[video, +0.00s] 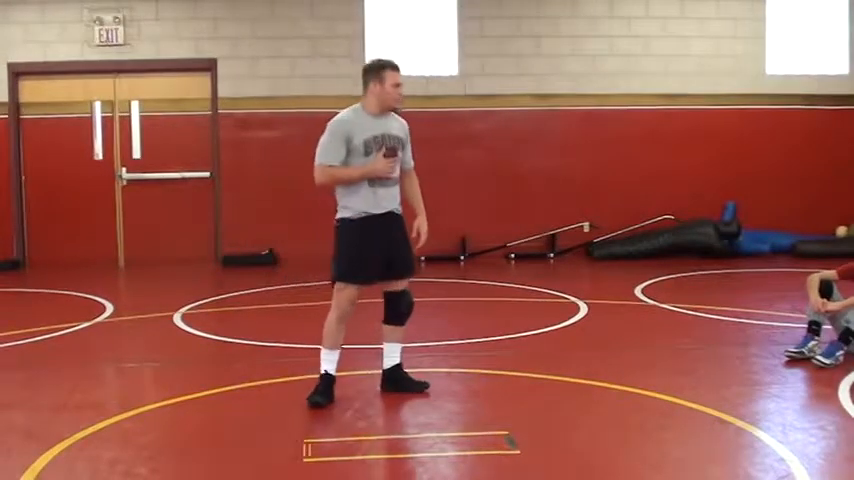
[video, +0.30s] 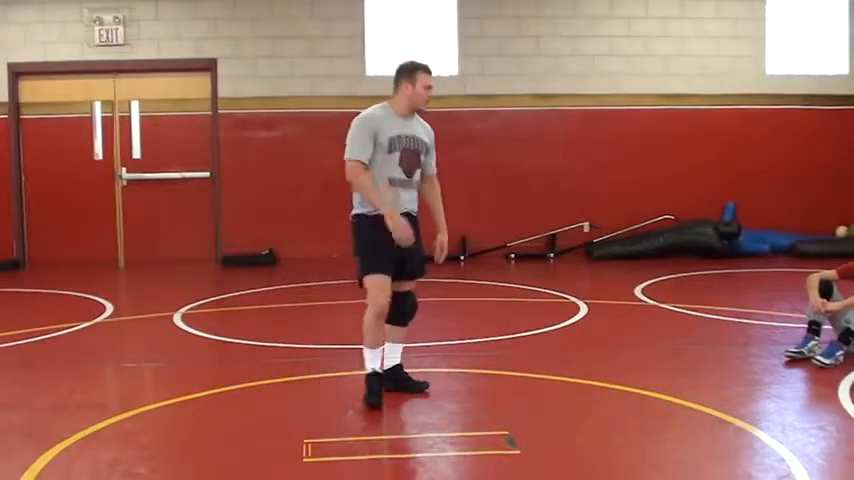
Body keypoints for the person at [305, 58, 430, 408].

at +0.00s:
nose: (401, 92)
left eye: (401, 86)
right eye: (396, 86)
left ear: (388, 88)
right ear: (374, 87)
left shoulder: (399, 125)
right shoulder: (342, 124)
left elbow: (408, 173)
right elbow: (322, 175)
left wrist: (420, 214)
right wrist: (369, 170)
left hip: (391, 222)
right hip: (353, 224)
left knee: (398, 298)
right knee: (344, 302)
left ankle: (392, 372)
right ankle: (326, 379)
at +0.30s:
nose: (430, 94)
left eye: (431, 88)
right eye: (426, 88)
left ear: (416, 89)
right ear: (405, 86)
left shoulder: (424, 130)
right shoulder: (369, 121)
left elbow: (429, 180)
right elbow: (353, 171)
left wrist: (441, 227)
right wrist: (390, 215)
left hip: (407, 220)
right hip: (372, 219)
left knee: (403, 299)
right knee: (380, 300)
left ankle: (392, 368)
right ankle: (373, 375)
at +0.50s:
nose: (445, 99)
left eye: (447, 93)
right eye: (441, 92)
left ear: (433, 93)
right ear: (420, 88)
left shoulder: (437, 132)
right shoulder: (383, 122)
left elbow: (440, 183)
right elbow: (356, 170)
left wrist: (454, 228)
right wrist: (346, 222)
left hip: (418, 221)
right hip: (385, 221)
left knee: (408, 294)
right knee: (413, 292)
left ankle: (392, 370)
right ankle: (433, 368)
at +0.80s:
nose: (467, 99)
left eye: (468, 93)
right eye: (462, 93)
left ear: (457, 94)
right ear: (440, 91)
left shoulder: (459, 131)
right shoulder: (410, 129)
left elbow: (462, 179)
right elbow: (390, 182)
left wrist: (469, 219)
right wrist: (390, 237)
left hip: (445, 227)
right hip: (417, 229)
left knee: (426, 302)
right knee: (450, 305)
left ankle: (395, 370)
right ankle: (470, 381)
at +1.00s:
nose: (485, 93)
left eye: (486, 87)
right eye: (479, 87)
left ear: (474, 89)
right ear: (457, 87)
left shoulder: (477, 124)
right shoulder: (432, 129)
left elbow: (482, 173)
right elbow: (423, 185)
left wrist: (495, 218)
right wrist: (439, 240)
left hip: (470, 225)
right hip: (444, 227)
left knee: (470, 307)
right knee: (460, 307)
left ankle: (414, 353)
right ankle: (473, 382)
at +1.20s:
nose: (502, 92)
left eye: (503, 86)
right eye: (496, 86)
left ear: (486, 87)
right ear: (474, 86)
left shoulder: (489, 121)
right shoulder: (449, 126)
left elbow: (495, 172)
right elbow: (445, 184)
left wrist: (522, 214)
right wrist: (480, 226)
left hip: (487, 223)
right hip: (457, 227)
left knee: (509, 305)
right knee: (471, 305)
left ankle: (462, 355)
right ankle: (475, 381)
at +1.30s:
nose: (510, 92)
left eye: (511, 86)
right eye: (504, 85)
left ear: (493, 87)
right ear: (483, 85)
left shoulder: (495, 120)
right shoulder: (456, 125)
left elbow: (502, 173)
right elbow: (450, 183)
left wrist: (526, 212)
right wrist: (492, 217)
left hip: (496, 225)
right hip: (465, 228)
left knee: (519, 304)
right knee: (477, 305)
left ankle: (498, 372)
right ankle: (474, 383)